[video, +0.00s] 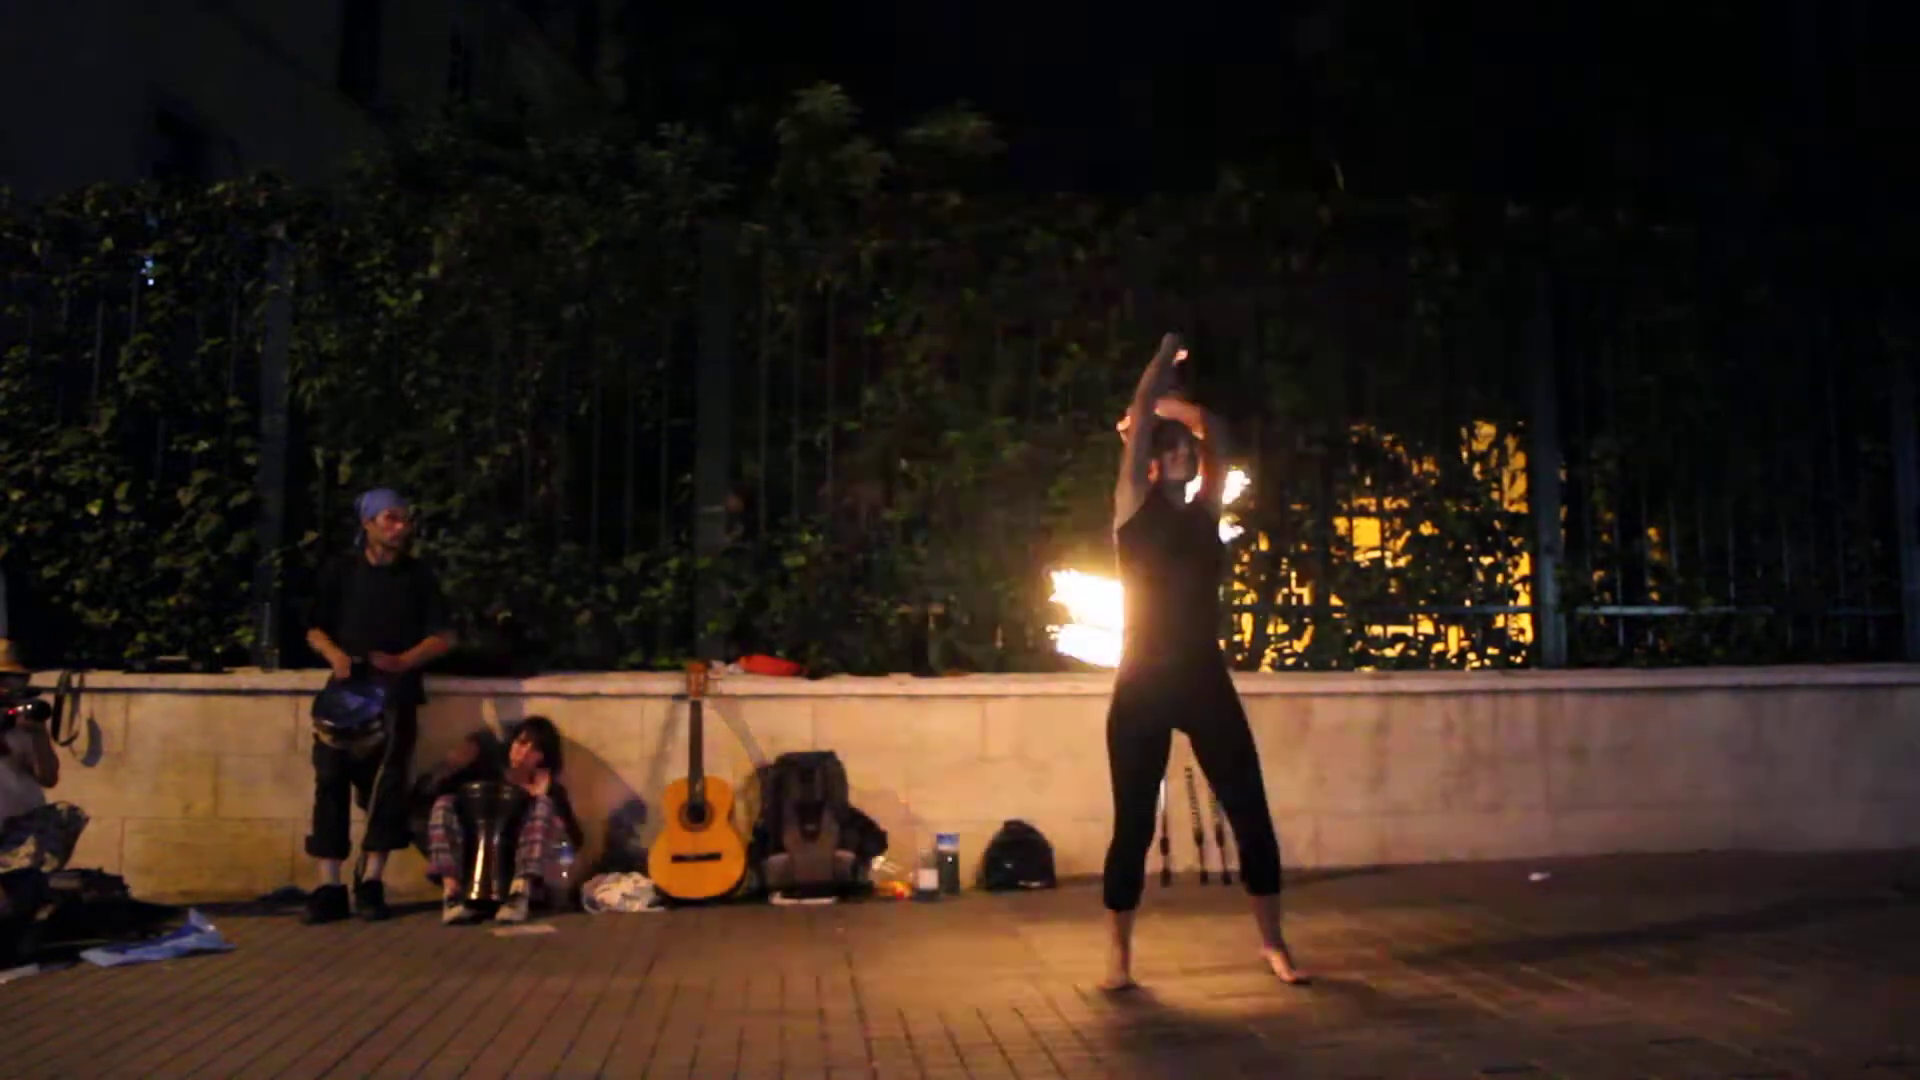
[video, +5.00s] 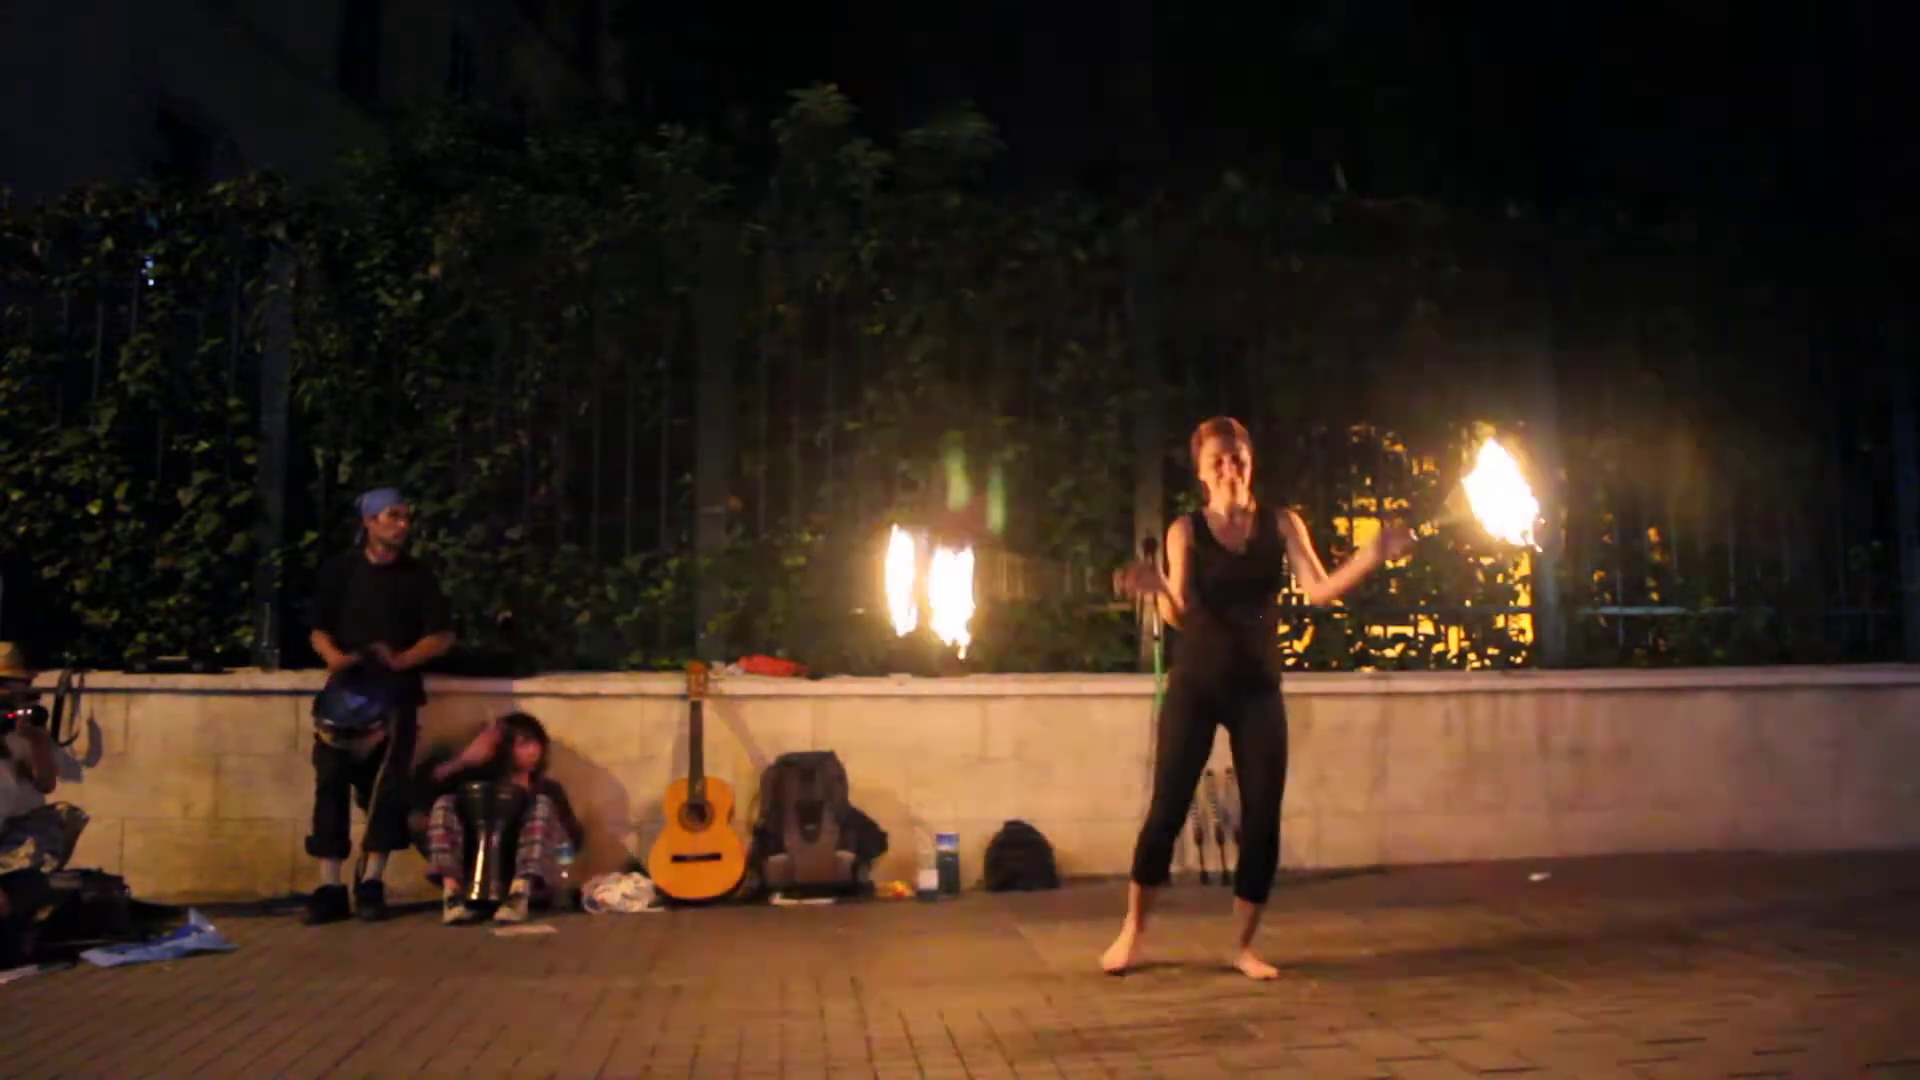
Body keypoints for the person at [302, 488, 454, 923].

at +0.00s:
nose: (401, 527)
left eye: (405, 520)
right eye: (392, 519)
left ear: (409, 526)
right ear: (368, 524)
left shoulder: (418, 576)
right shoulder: (340, 572)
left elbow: (443, 636)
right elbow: (314, 628)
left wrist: (401, 662)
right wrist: (335, 656)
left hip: (395, 694)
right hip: (343, 690)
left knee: (388, 784)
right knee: (331, 783)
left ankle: (371, 880)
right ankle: (330, 882)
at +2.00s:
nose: (394, 523)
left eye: (399, 516)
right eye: (385, 516)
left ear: (406, 523)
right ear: (365, 522)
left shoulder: (418, 575)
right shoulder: (339, 572)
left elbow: (441, 637)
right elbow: (315, 627)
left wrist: (397, 657)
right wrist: (337, 654)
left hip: (396, 691)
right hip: (345, 688)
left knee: (389, 783)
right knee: (331, 782)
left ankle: (371, 881)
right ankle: (330, 883)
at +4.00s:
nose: (403, 524)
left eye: (405, 517)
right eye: (394, 517)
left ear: (406, 524)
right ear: (369, 522)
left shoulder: (418, 574)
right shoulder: (340, 571)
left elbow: (443, 637)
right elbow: (316, 629)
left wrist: (397, 667)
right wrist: (336, 658)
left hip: (396, 696)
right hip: (344, 692)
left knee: (388, 785)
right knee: (330, 784)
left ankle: (371, 880)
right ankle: (330, 883)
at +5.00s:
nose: (403, 525)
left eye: (405, 518)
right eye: (394, 517)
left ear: (407, 524)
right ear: (369, 522)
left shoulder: (417, 575)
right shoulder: (340, 571)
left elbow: (443, 636)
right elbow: (317, 627)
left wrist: (401, 660)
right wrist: (336, 658)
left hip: (396, 693)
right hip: (344, 690)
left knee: (389, 783)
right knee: (331, 782)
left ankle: (371, 880)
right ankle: (330, 882)